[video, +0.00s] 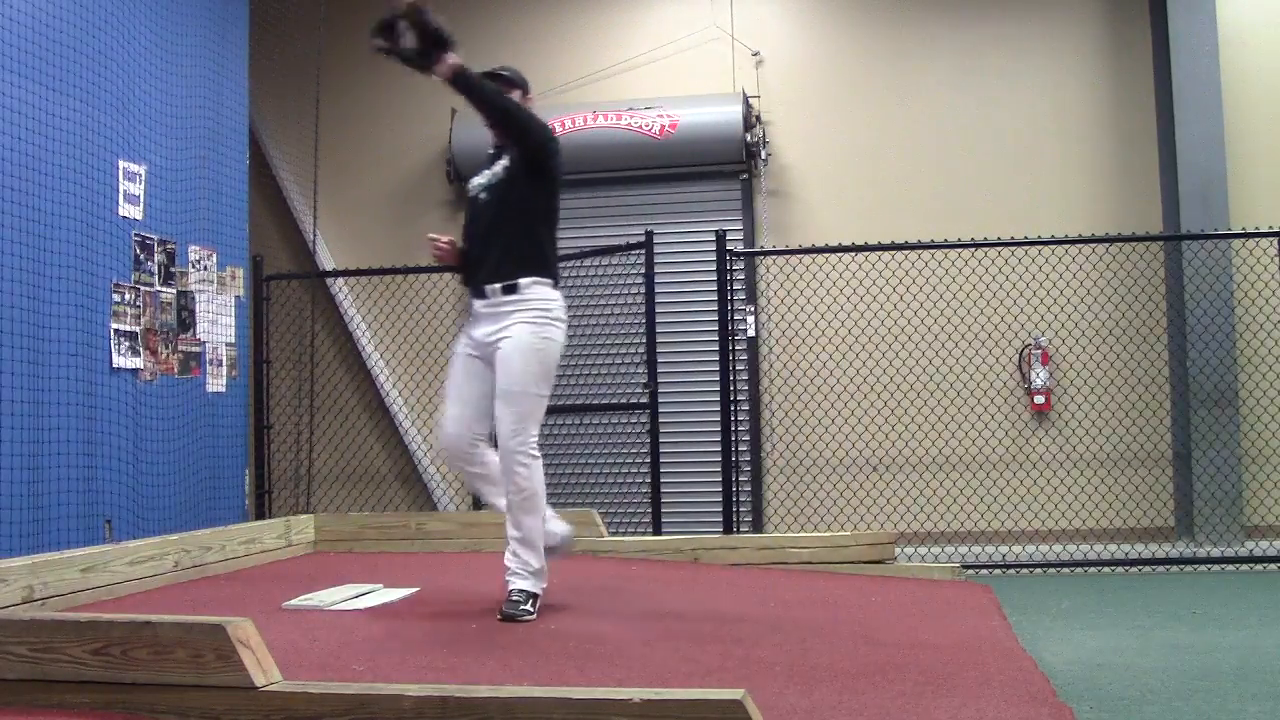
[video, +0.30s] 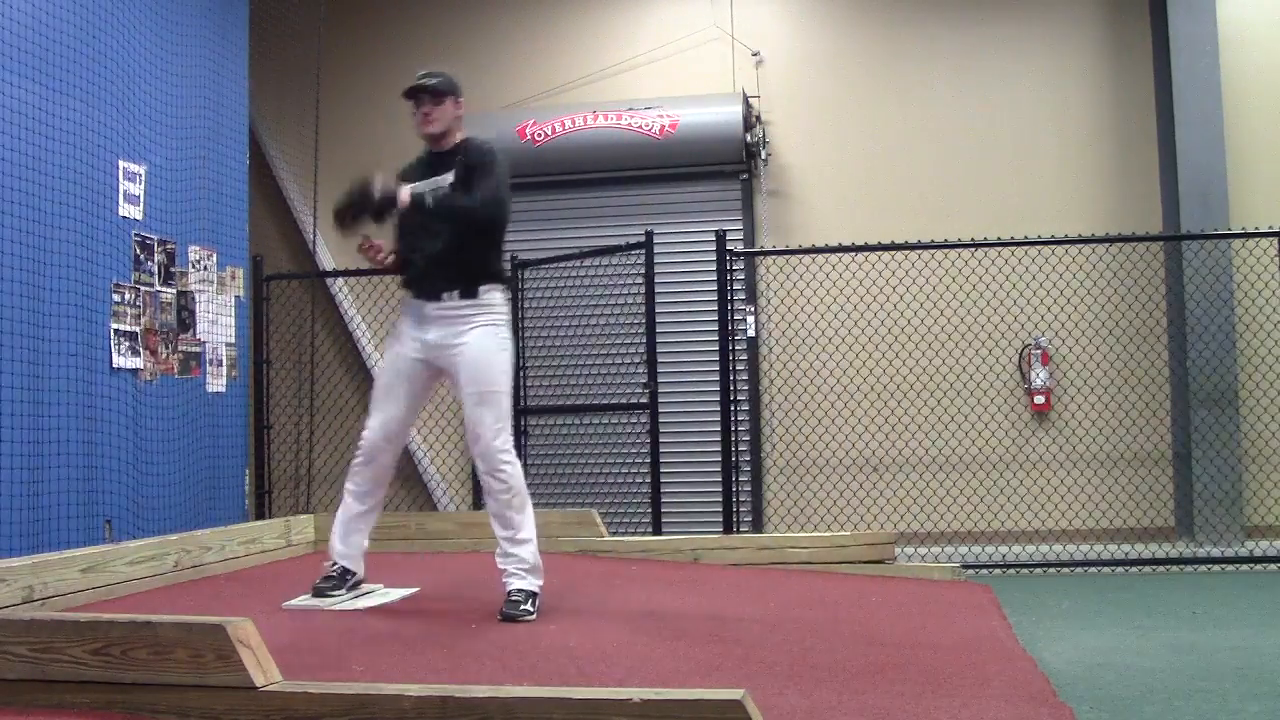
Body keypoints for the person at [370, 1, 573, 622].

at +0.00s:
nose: (497, 110)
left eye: (506, 99)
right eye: (488, 102)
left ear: (528, 102)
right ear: (479, 111)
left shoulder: (543, 152)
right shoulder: (482, 179)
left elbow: (509, 115)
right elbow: (492, 256)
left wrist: (447, 67)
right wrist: (459, 256)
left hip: (529, 312)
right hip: (480, 318)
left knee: (517, 444)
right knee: (457, 439)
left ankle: (524, 580)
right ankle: (546, 528)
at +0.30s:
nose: (422, 111)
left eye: (432, 101)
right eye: (416, 104)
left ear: (458, 107)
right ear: (412, 114)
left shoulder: (481, 157)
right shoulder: (409, 179)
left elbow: (489, 212)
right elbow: (422, 259)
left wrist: (413, 198)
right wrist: (390, 258)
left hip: (478, 317)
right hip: (418, 320)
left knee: (491, 447)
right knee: (376, 442)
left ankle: (522, 581)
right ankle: (344, 565)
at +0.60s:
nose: (373, 137)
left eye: (383, 128)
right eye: (365, 128)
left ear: (403, 118)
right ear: (353, 121)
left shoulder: (437, 164)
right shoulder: (338, 172)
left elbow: (468, 223)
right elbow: (317, 238)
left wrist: (451, 247)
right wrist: (327, 282)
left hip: (432, 314)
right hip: (366, 314)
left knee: (451, 433)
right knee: (357, 442)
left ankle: (450, 568)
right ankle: (344, 565)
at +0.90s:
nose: (414, 132)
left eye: (423, 124)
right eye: (406, 123)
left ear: (434, 121)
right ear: (386, 114)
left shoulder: (445, 172)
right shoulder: (351, 161)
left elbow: (454, 237)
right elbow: (307, 224)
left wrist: (467, 276)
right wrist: (321, 279)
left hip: (419, 318)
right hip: (358, 314)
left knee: (413, 444)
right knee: (356, 440)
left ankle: (394, 563)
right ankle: (342, 562)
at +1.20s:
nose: (442, 110)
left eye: (444, 102)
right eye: (432, 101)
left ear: (439, 109)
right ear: (401, 103)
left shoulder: (445, 173)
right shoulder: (354, 154)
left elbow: (446, 242)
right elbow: (301, 217)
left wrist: (445, 295)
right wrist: (321, 278)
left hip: (415, 314)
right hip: (354, 307)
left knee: (400, 441)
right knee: (350, 436)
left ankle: (391, 564)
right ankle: (337, 563)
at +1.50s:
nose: (421, 101)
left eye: (423, 93)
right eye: (411, 93)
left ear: (416, 102)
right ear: (380, 97)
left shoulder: (429, 166)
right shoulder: (341, 153)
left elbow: (437, 231)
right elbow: (293, 218)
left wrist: (448, 276)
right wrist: (336, 267)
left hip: (408, 311)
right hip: (349, 308)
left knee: (396, 440)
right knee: (345, 437)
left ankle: (391, 564)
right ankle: (337, 564)